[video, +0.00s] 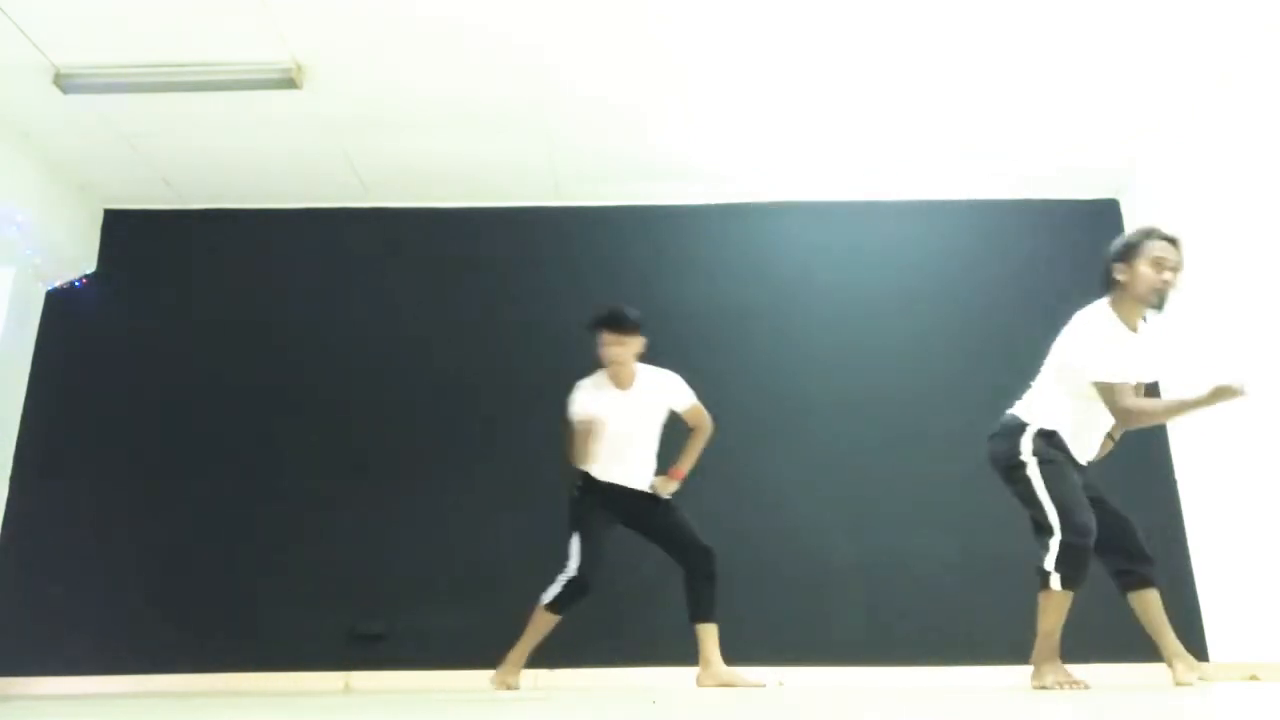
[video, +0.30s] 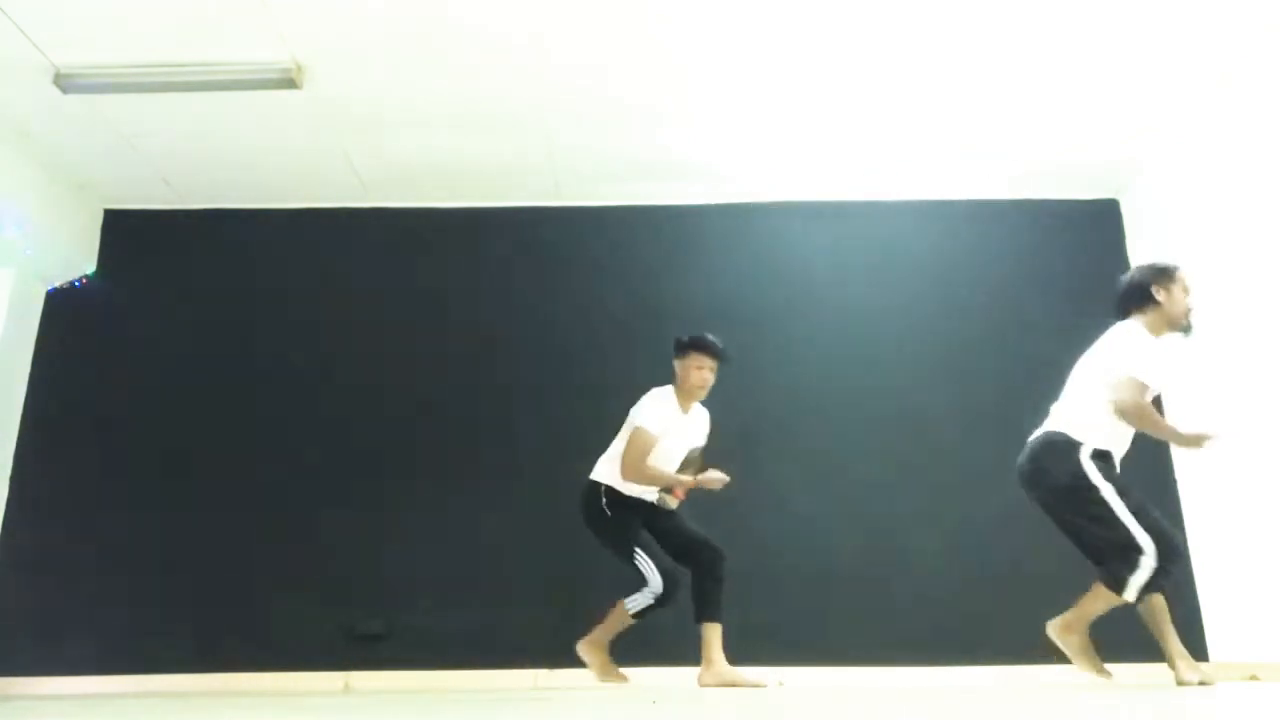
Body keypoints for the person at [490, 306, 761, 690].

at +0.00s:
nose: (613, 352)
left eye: (622, 344)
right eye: (607, 344)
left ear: (640, 346)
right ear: (598, 347)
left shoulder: (665, 384)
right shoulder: (586, 391)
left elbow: (704, 425)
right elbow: (578, 459)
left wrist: (675, 476)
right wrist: (585, 430)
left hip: (642, 495)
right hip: (595, 492)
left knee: (699, 558)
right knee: (579, 576)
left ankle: (712, 666)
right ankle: (514, 660)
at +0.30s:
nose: (703, 377)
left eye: (710, 370)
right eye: (695, 368)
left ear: (715, 376)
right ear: (677, 369)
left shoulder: (700, 418)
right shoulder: (655, 405)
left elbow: (676, 469)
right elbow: (631, 469)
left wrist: (676, 486)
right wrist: (696, 480)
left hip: (648, 502)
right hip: (609, 498)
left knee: (709, 558)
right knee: (661, 584)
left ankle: (714, 665)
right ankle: (593, 644)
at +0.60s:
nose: (660, 384)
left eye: (662, 377)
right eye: (657, 374)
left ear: (631, 371)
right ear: (637, 367)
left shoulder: (598, 400)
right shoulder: (635, 395)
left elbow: (547, 450)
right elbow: (645, 441)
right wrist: (653, 494)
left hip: (556, 492)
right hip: (575, 491)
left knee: (635, 556)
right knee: (626, 586)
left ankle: (671, 659)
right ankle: (559, 668)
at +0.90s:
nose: (562, 348)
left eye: (556, 343)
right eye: (563, 343)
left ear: (531, 341)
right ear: (566, 343)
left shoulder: (506, 371)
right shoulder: (576, 372)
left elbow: (453, 416)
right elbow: (629, 420)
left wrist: (480, 463)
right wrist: (657, 475)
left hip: (500, 467)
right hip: (547, 466)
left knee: (472, 558)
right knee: (585, 562)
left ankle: (406, 645)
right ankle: (559, 667)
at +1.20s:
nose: (405, 339)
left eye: (408, 332)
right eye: (407, 333)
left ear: (418, 331)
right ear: (446, 333)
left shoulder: (407, 357)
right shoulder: (472, 368)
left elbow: (377, 394)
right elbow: (490, 423)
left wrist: (386, 453)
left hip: (440, 465)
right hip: (490, 464)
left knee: (367, 558)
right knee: (520, 557)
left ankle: (365, 669)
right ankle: (548, 665)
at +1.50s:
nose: (312, 360)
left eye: (316, 349)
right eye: (311, 352)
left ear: (343, 343)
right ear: (340, 346)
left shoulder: (359, 374)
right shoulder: (362, 385)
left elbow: (367, 420)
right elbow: (331, 449)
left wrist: (366, 475)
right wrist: (270, 451)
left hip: (414, 484)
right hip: (425, 485)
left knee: (338, 568)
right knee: (364, 572)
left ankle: (362, 670)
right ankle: (429, 650)